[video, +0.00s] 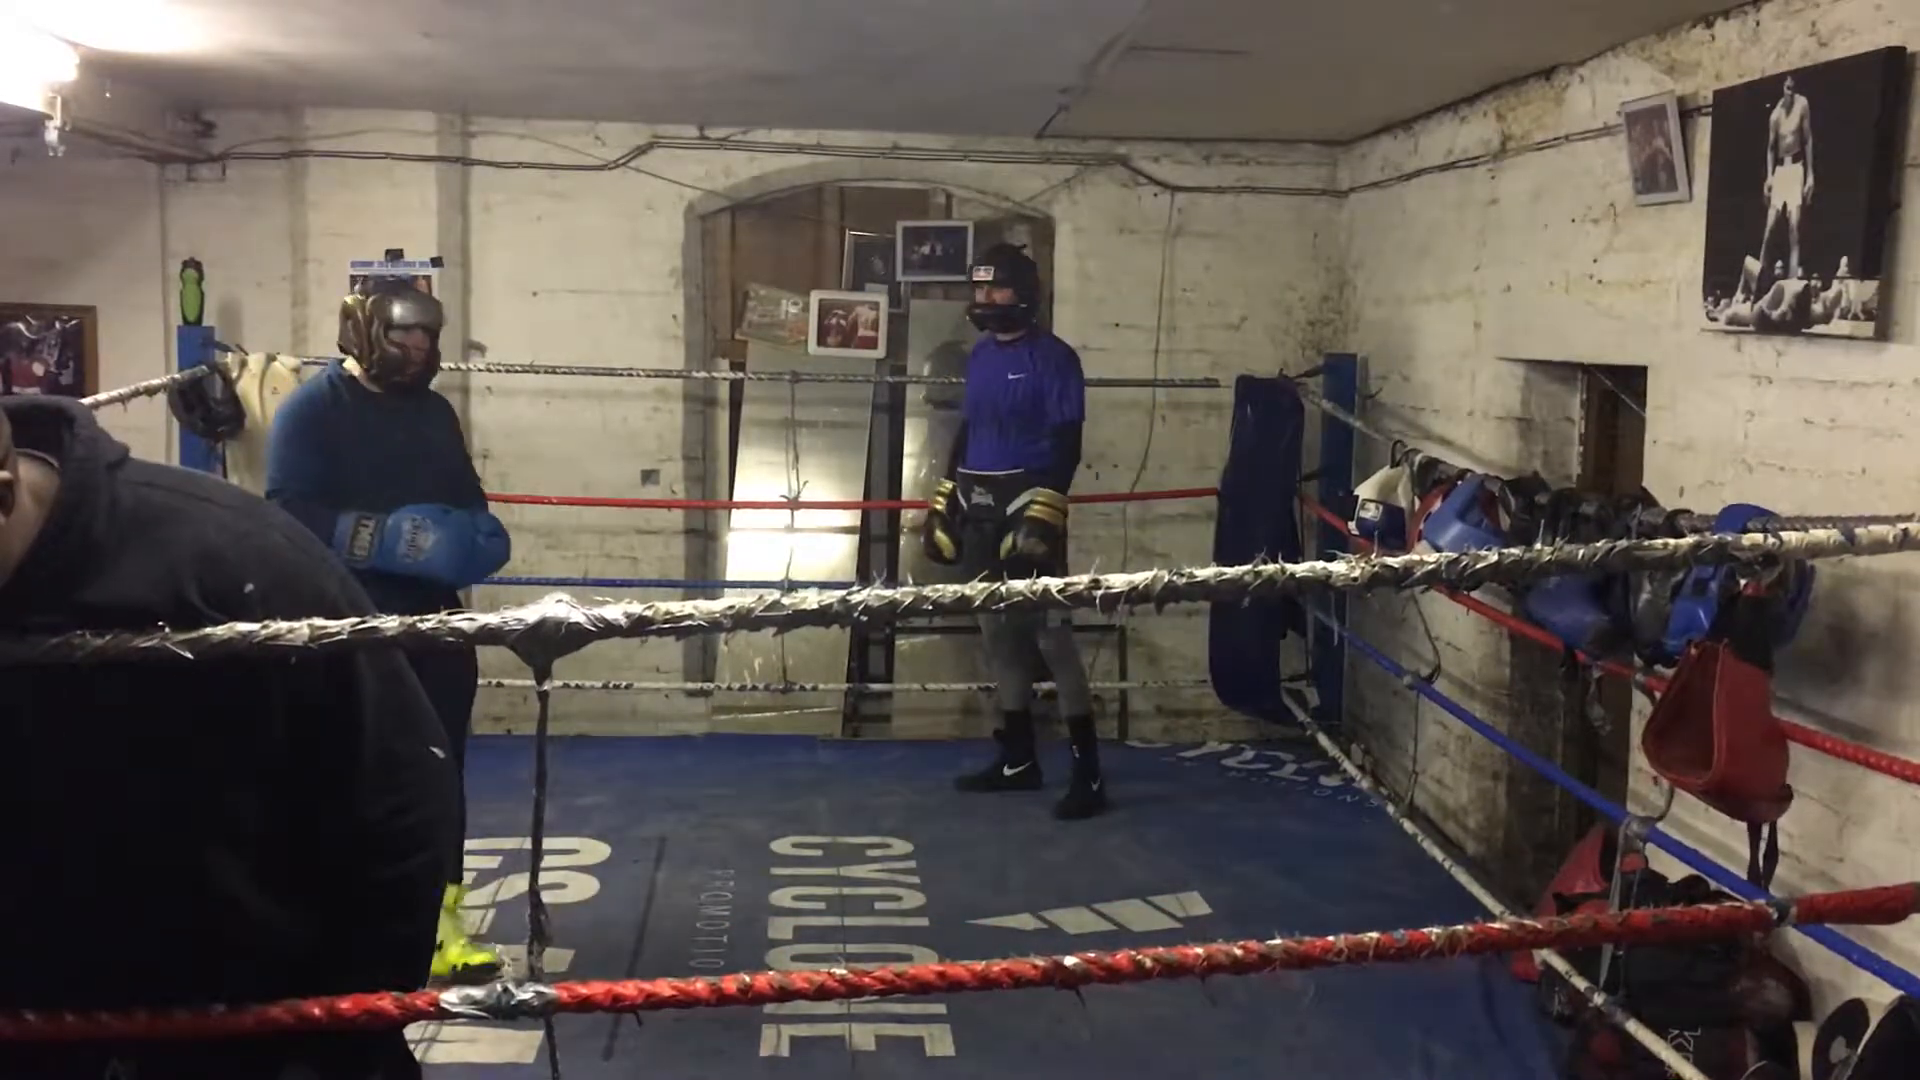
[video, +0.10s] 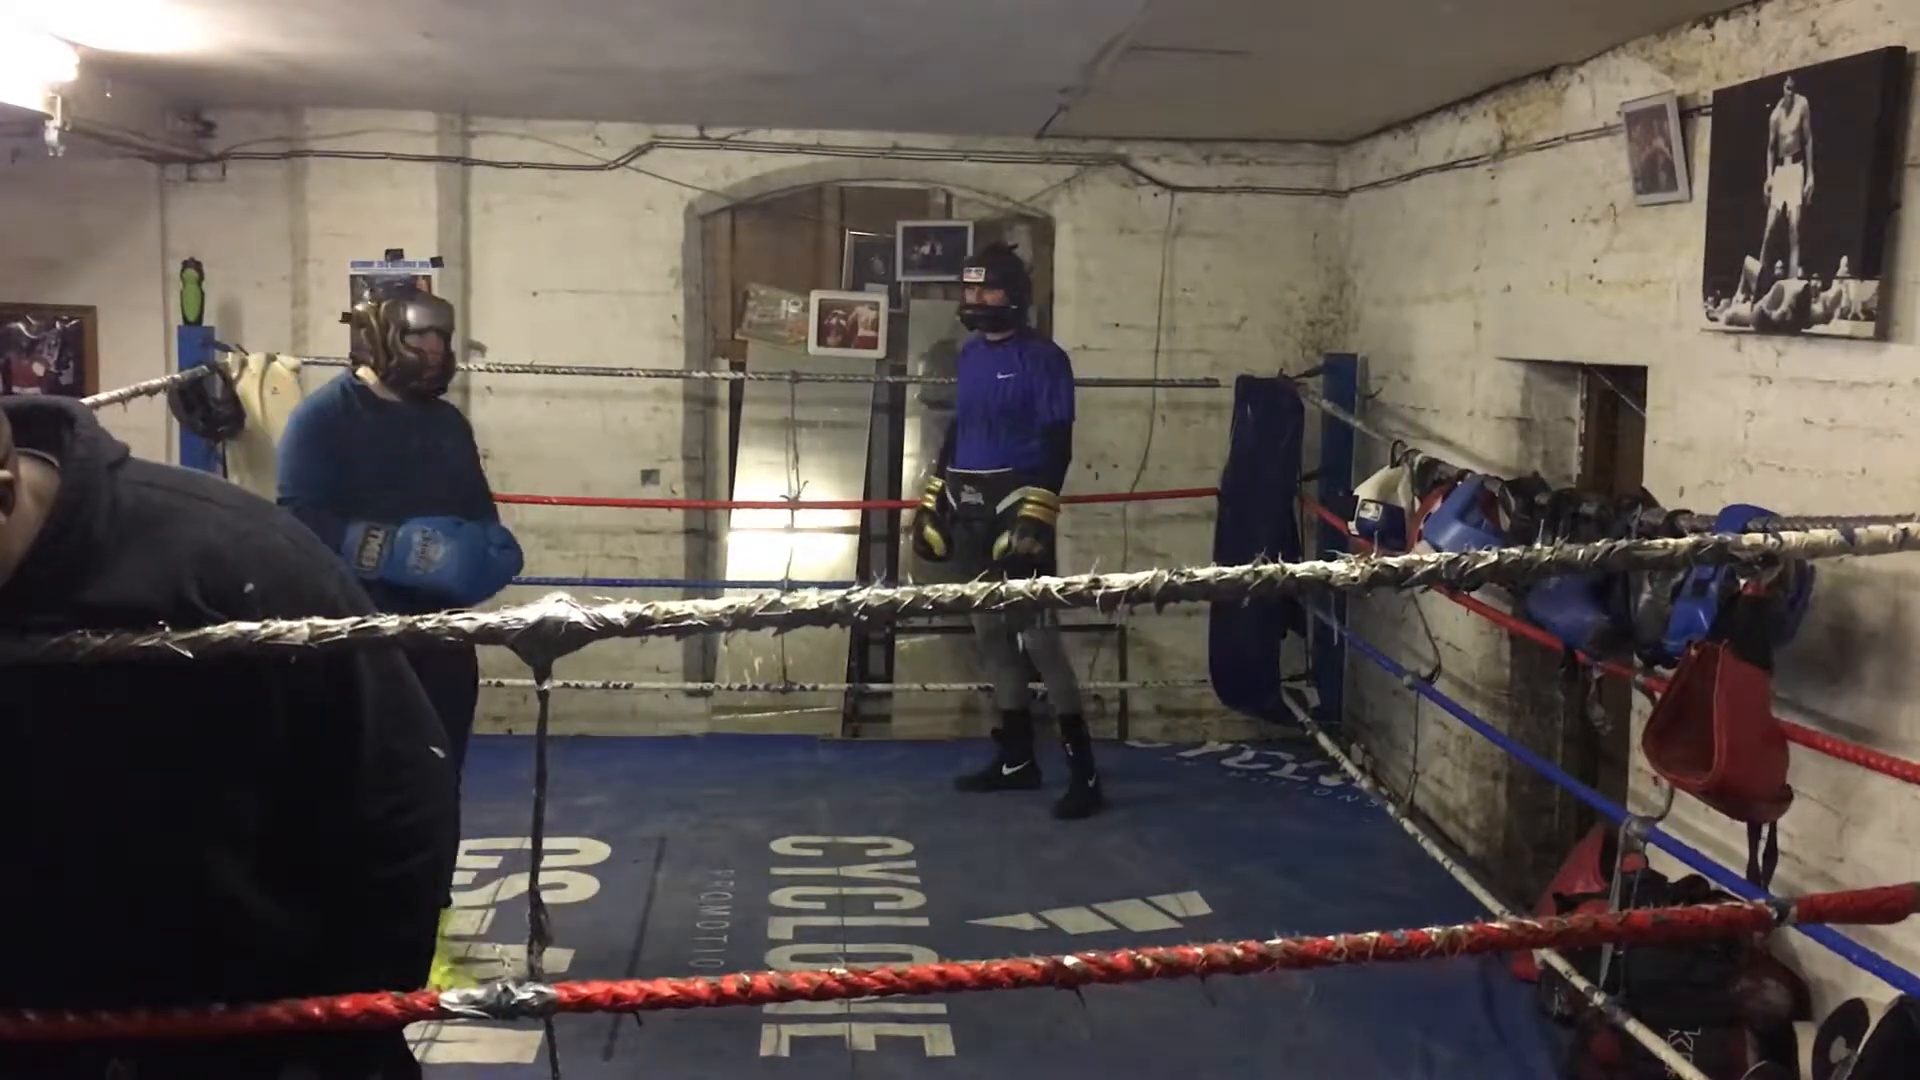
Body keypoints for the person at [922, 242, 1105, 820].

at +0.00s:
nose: (983, 297)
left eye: (994, 287)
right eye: (980, 287)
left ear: (1023, 293)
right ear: (979, 295)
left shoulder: (1055, 358)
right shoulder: (979, 357)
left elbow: (1068, 447)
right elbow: (967, 430)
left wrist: (1043, 514)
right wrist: (943, 500)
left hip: (1033, 510)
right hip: (979, 508)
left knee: (1051, 631)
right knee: (997, 633)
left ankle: (1086, 770)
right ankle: (1017, 759)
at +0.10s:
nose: (975, 298)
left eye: (986, 288)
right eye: (971, 288)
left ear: (1014, 295)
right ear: (971, 296)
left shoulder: (1044, 359)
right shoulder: (970, 356)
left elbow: (1058, 446)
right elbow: (959, 431)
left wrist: (1036, 515)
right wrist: (933, 500)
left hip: (1021, 510)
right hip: (969, 507)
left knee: (1038, 636)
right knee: (991, 637)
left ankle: (1082, 769)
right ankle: (1015, 759)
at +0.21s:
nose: (961, 299)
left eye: (973, 290)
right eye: (959, 290)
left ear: (1000, 297)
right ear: (960, 297)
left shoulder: (1032, 356)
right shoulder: (958, 356)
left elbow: (1049, 443)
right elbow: (943, 429)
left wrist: (1031, 519)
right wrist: (920, 501)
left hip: (1011, 510)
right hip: (959, 508)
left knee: (1010, 636)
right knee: (982, 636)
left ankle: (1059, 760)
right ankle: (1014, 756)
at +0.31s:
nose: (952, 301)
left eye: (964, 291)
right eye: (949, 291)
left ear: (991, 298)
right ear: (948, 297)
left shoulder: (1026, 356)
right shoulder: (945, 356)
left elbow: (1049, 441)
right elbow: (933, 432)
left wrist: (1030, 516)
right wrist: (911, 503)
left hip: (1007, 502)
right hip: (954, 501)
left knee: (976, 628)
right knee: (978, 631)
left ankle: (1033, 714)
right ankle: (1013, 752)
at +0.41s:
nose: (943, 301)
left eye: (955, 291)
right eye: (937, 291)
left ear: (982, 296)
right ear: (931, 296)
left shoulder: (1019, 356)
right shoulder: (938, 356)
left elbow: (1049, 439)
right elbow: (928, 430)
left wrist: (1036, 507)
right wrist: (907, 496)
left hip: (1006, 499)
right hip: (951, 500)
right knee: (955, 620)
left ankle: (1015, 749)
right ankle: (1013, 754)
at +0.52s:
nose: (926, 306)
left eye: (937, 296)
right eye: (920, 296)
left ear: (967, 299)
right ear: (916, 300)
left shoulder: (1005, 358)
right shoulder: (930, 360)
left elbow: (1045, 437)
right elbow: (925, 432)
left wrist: (1039, 510)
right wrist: (903, 497)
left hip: (994, 498)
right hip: (940, 500)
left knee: (983, 620)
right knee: (934, 623)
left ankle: (1018, 753)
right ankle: (987, 735)